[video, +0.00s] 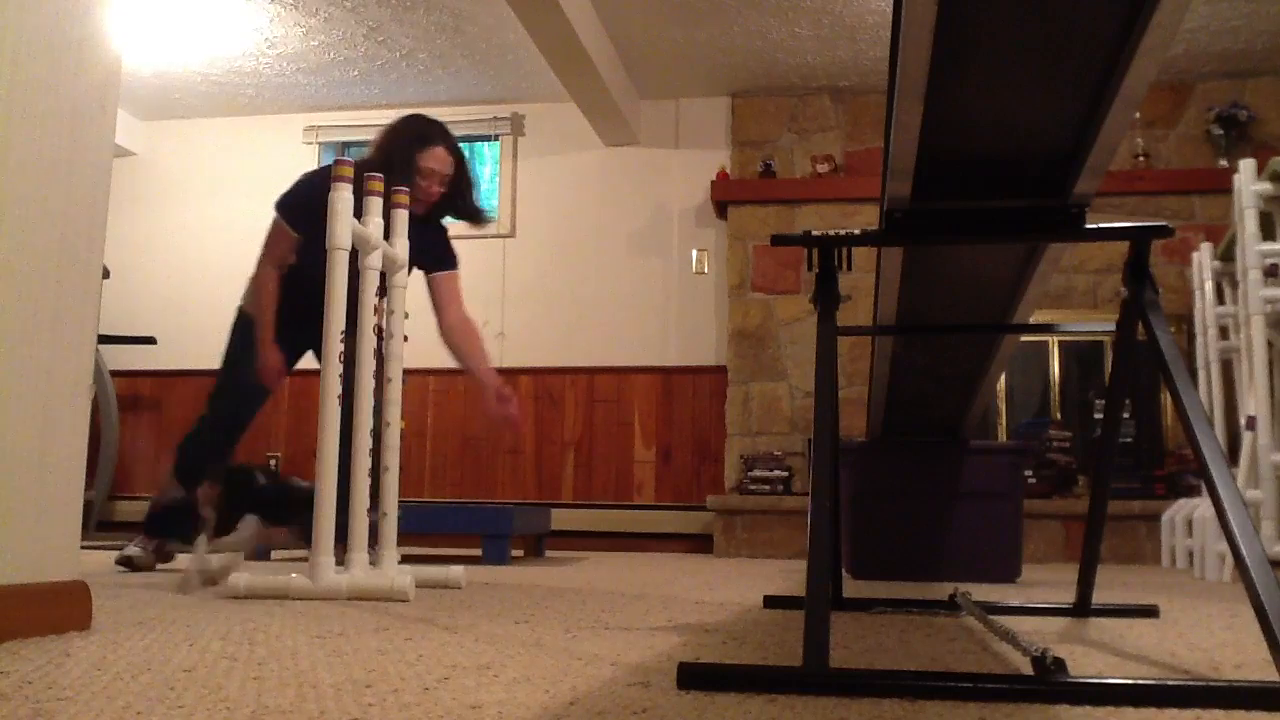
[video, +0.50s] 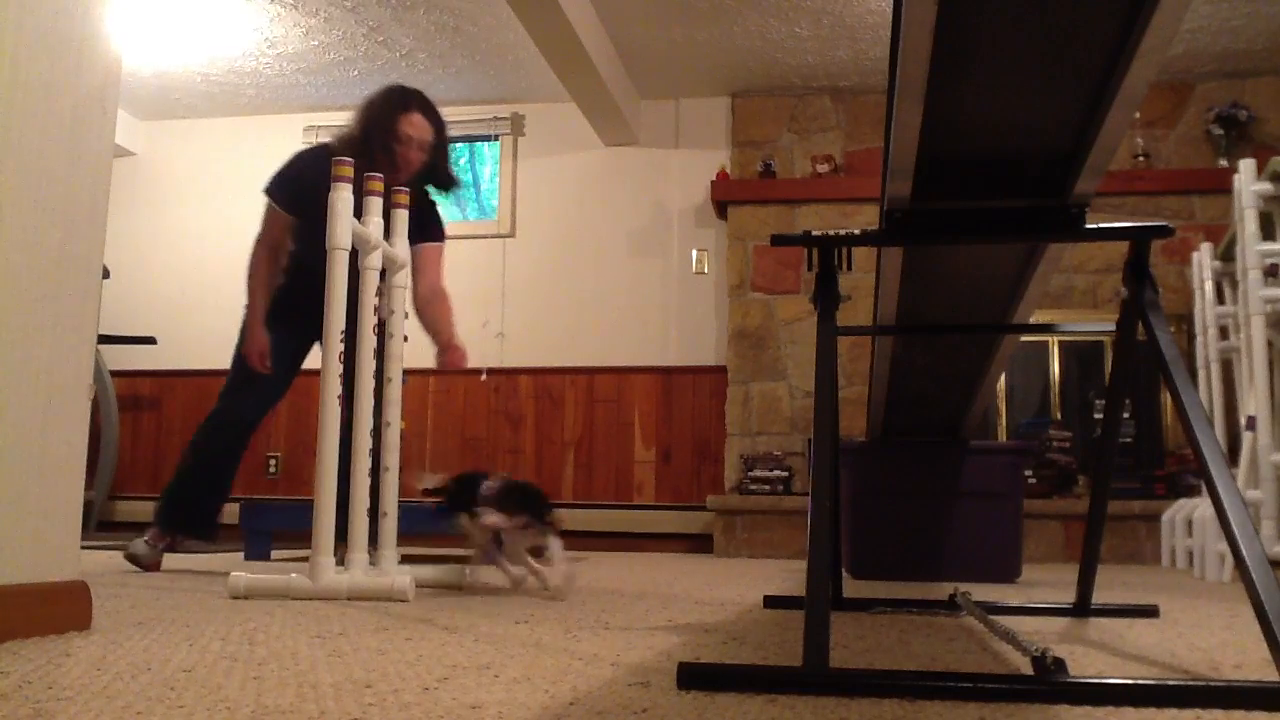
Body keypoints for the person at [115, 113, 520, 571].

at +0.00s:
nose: (433, 189)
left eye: (443, 180)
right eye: (425, 175)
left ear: (451, 180)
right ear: (395, 165)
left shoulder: (428, 232)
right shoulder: (324, 187)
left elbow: (453, 315)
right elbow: (270, 265)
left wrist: (489, 380)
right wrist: (265, 344)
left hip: (348, 319)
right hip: (285, 304)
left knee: (371, 425)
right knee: (232, 410)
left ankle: (349, 539)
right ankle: (161, 531)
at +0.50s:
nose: (413, 156)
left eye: (424, 147)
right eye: (404, 142)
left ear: (433, 151)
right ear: (377, 135)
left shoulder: (417, 206)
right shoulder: (317, 168)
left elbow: (430, 286)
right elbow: (269, 245)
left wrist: (446, 338)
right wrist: (256, 322)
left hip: (365, 310)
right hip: (298, 298)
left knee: (369, 422)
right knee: (240, 407)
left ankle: (356, 542)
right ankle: (170, 526)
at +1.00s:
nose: (308, 134)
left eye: (315, 126)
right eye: (300, 119)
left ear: (315, 134)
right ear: (270, 114)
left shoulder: (280, 187)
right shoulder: (220, 159)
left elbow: (246, 256)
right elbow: (197, 252)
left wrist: (266, 312)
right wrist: (210, 334)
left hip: (208, 297)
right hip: (151, 293)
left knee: (254, 403)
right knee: (163, 412)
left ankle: (240, 527)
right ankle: (117, 542)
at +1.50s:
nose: (285, 176)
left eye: (287, 166)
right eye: (284, 166)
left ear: (235, 151)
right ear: (271, 164)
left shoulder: (184, 186)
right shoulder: (259, 208)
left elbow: (146, 251)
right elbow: (265, 294)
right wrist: (285, 347)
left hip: (122, 306)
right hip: (177, 318)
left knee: (153, 420)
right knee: (186, 421)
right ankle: (138, 525)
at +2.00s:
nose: (297, 211)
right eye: (296, 203)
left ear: (243, 182)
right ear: (290, 198)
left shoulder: (195, 207)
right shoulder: (283, 233)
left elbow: (172, 264)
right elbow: (266, 297)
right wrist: (244, 335)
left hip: (163, 321)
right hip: (227, 329)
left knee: (163, 432)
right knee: (234, 433)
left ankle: (160, 539)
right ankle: (233, 540)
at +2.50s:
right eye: (321, 227)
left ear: (273, 204)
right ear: (317, 222)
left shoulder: (229, 221)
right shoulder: (313, 249)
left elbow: (189, 288)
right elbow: (293, 323)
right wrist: (280, 401)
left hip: (189, 319)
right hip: (252, 328)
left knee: (176, 425)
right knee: (247, 434)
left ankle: (162, 538)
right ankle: (233, 543)